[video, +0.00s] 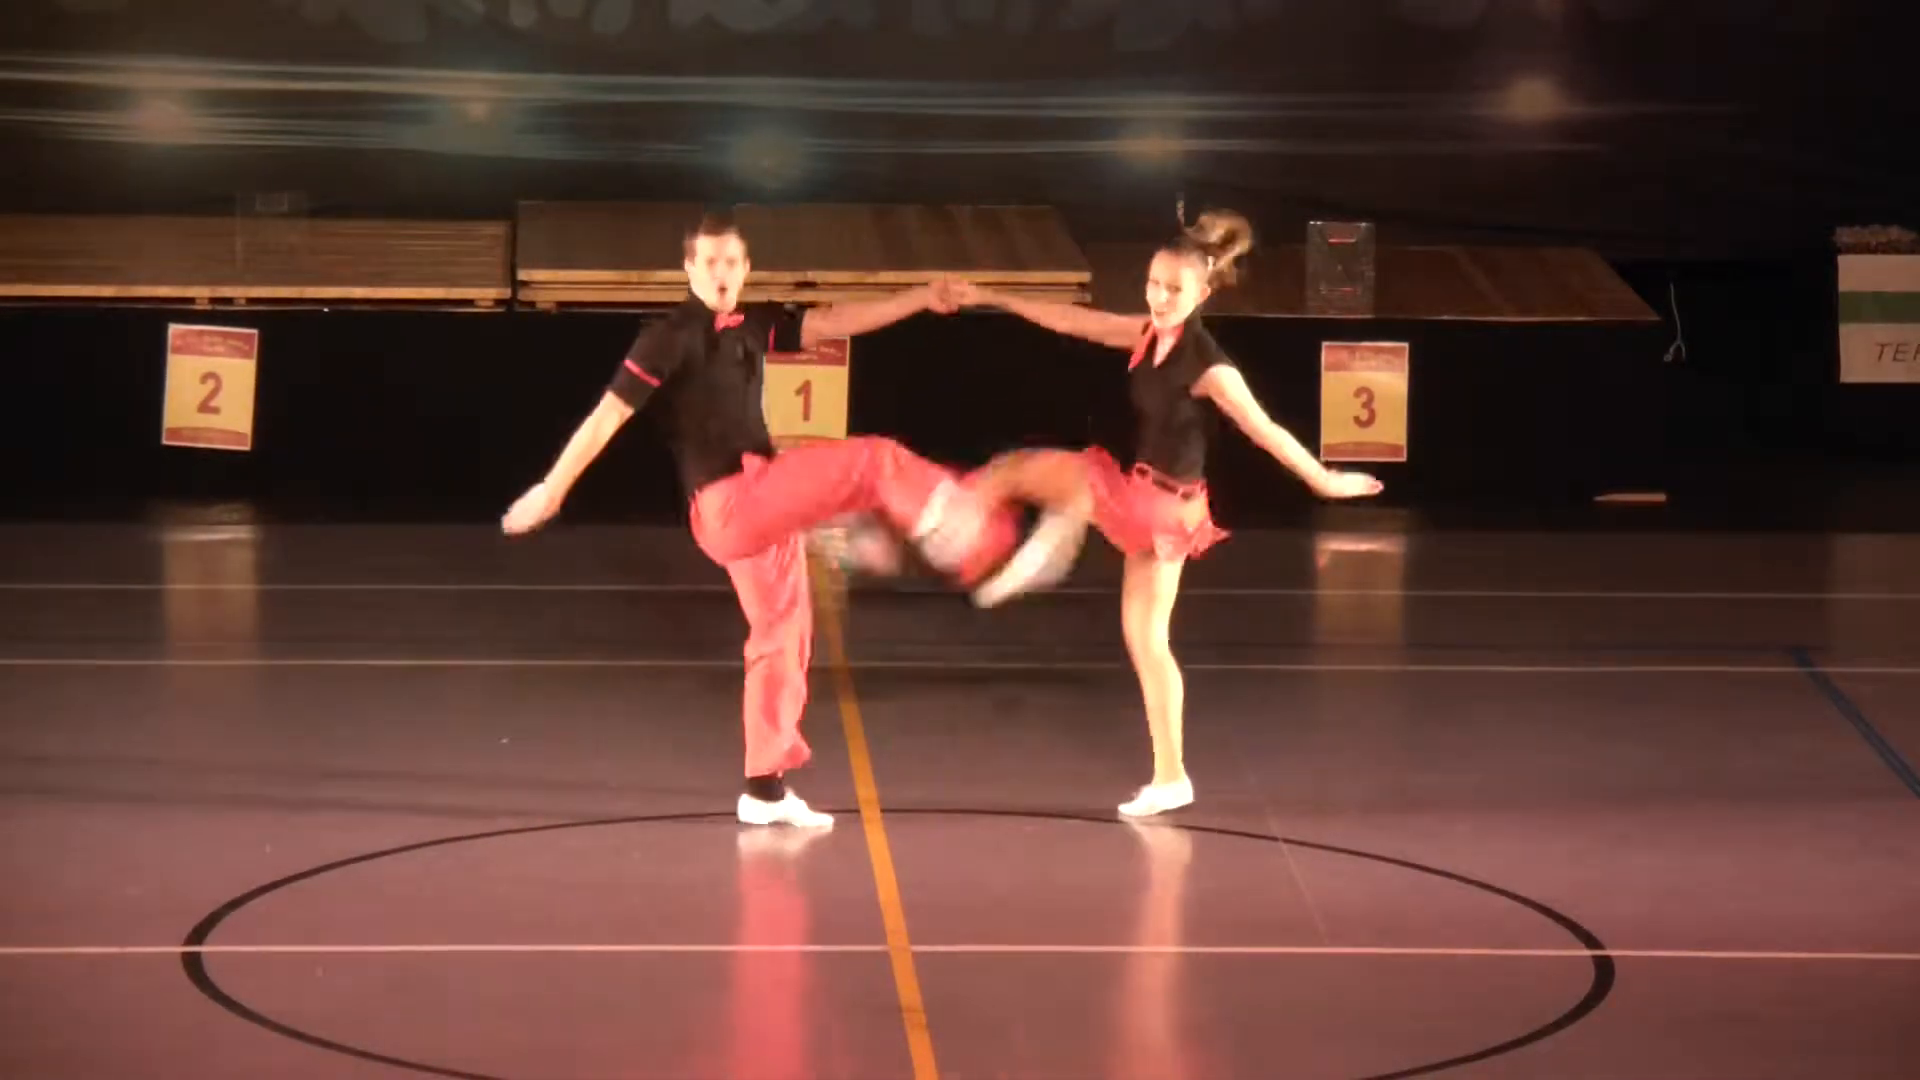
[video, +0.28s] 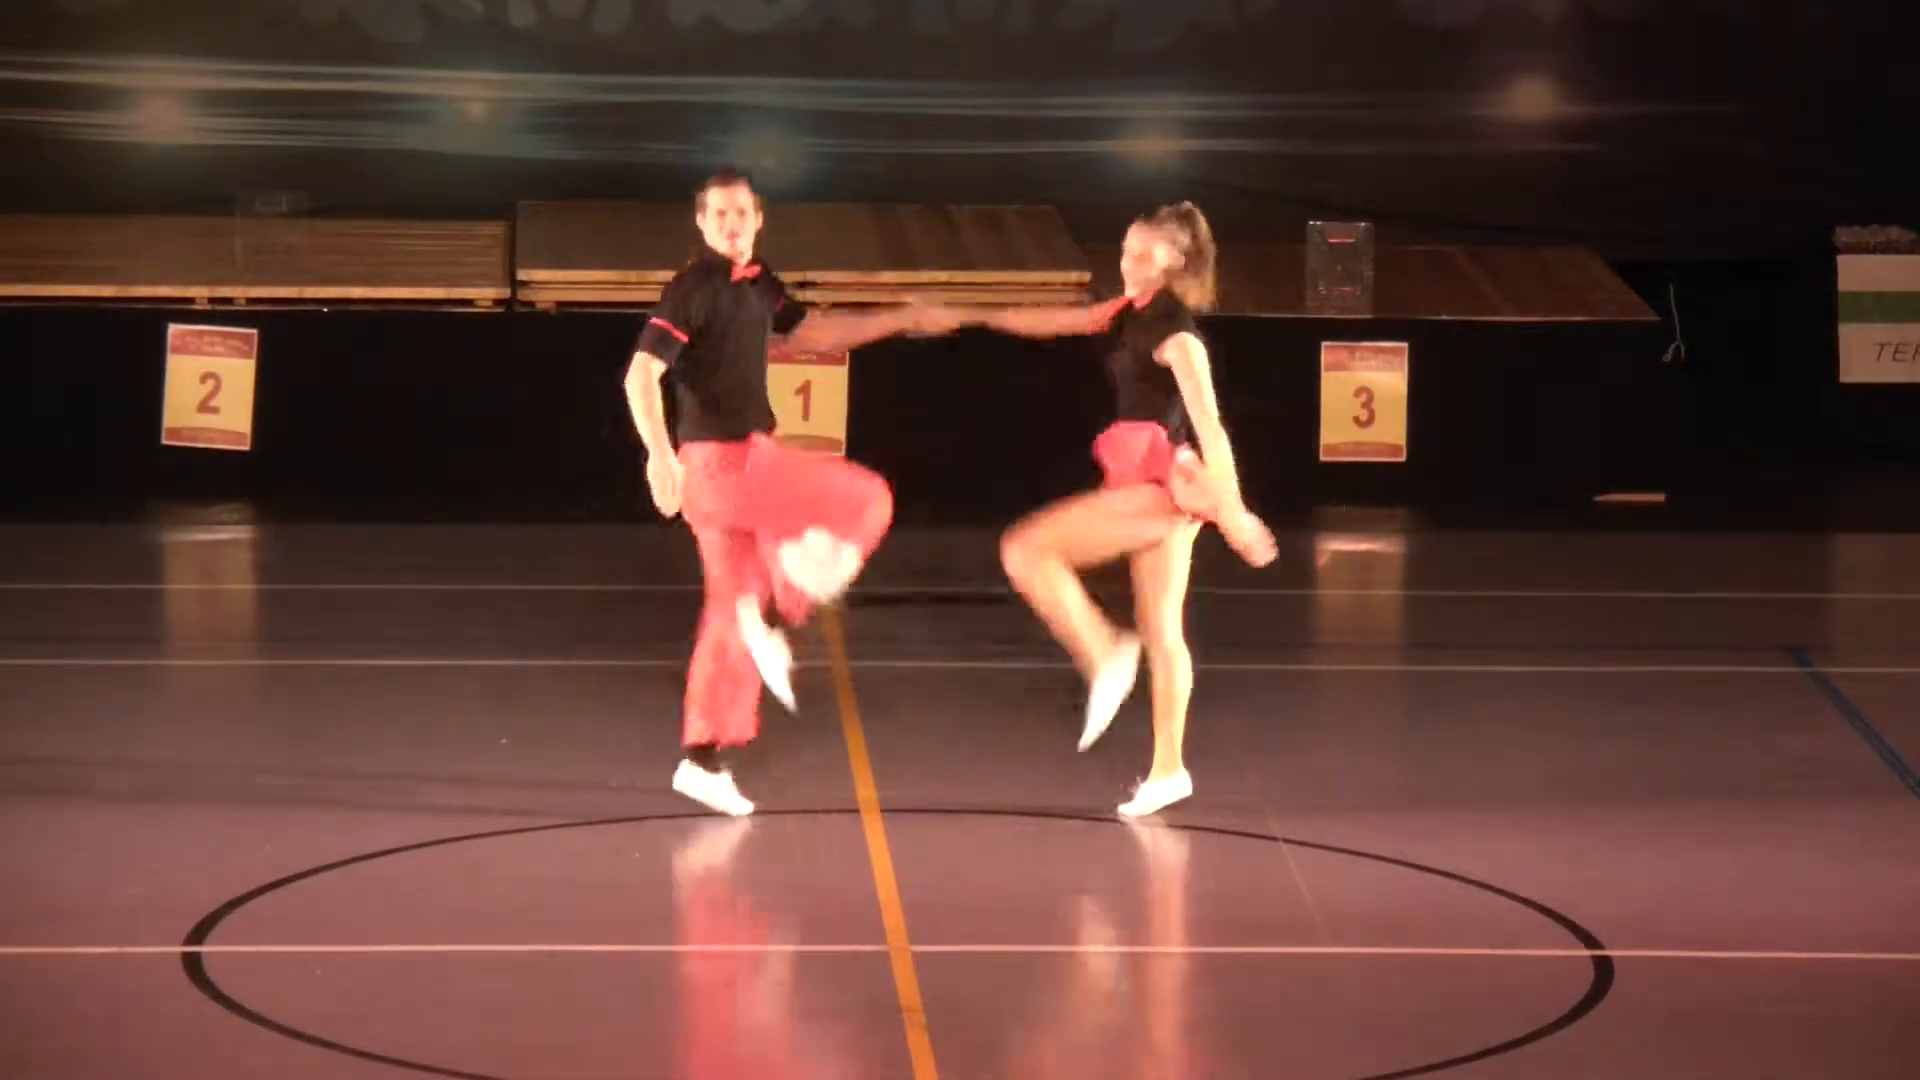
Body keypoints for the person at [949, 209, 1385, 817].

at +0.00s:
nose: (1158, 297)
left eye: (1173, 288)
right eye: (1153, 283)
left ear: (1204, 292)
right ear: (1144, 281)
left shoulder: (1205, 363)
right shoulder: (1146, 333)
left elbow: (1263, 429)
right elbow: (1071, 321)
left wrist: (1324, 480)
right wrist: (985, 298)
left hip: (1160, 505)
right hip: (1147, 494)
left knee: (1019, 469)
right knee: (1147, 639)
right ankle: (1169, 777)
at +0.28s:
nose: (1126, 263)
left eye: (1140, 254)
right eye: (1127, 251)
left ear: (1172, 264)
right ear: (1128, 253)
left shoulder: (1176, 334)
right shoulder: (1127, 312)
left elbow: (1209, 428)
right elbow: (1050, 322)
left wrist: (1233, 514)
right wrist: (966, 315)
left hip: (1159, 494)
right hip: (1151, 491)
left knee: (1025, 550)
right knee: (1161, 634)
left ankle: (1105, 654)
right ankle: (1168, 771)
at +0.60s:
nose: (1072, 278)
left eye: (1088, 271)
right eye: (1075, 269)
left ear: (1117, 285)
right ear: (1093, 283)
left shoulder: (1127, 346)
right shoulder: (1088, 346)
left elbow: (1072, 293)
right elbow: (1024, 401)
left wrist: (1084, 235)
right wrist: (950, 383)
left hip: (1116, 517)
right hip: (1075, 498)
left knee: (1079, 648)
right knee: (962, 474)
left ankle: (1091, 788)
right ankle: (846, 541)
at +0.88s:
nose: (1012, 266)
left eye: (1022, 255)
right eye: (1013, 254)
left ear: (1060, 262)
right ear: (1035, 260)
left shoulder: (1105, 339)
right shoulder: (1011, 326)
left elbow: (1138, 432)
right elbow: (936, 379)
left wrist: (1096, 374)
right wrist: (879, 350)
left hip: (1083, 494)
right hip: (1038, 492)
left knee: (976, 587)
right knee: (1017, 626)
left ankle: (1026, 713)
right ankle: (1052, 761)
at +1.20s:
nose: (1044, 274)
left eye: (1049, 262)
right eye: (1030, 265)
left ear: (1056, 268)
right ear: (1006, 273)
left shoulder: (1033, 333)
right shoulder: (1030, 340)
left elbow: (1071, 404)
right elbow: (1091, 412)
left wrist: (1085, 365)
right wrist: (1125, 358)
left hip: (1024, 500)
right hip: (1018, 504)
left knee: (1047, 621)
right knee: (1011, 636)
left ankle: (969, 547)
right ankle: (952, 771)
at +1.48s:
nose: (1022, 274)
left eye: (1034, 265)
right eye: (1024, 263)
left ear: (1069, 277)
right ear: (1035, 274)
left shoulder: (1084, 352)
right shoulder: (1020, 334)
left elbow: (1119, 444)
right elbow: (951, 375)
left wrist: (1056, 399)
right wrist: (918, 344)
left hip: (1054, 508)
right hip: (1015, 505)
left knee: (1030, 645)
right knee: (964, 619)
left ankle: (1051, 792)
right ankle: (1014, 756)